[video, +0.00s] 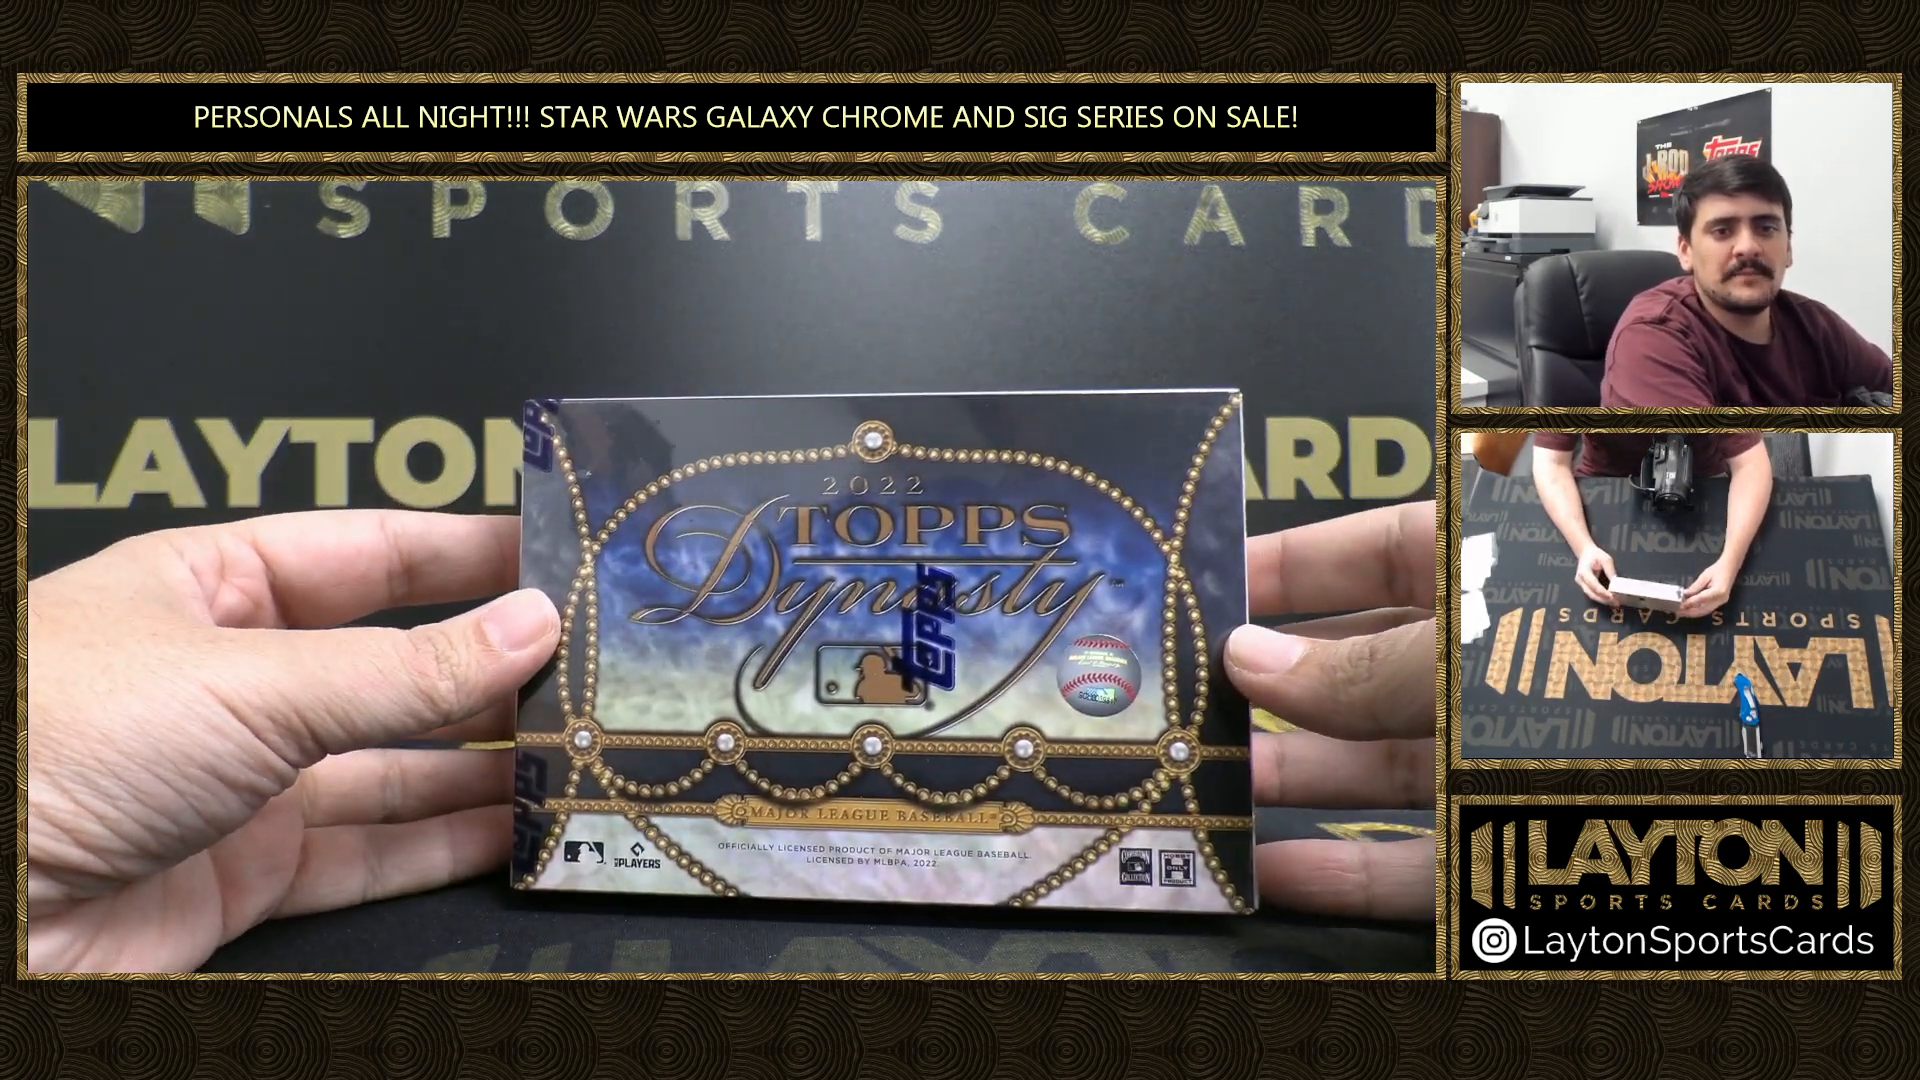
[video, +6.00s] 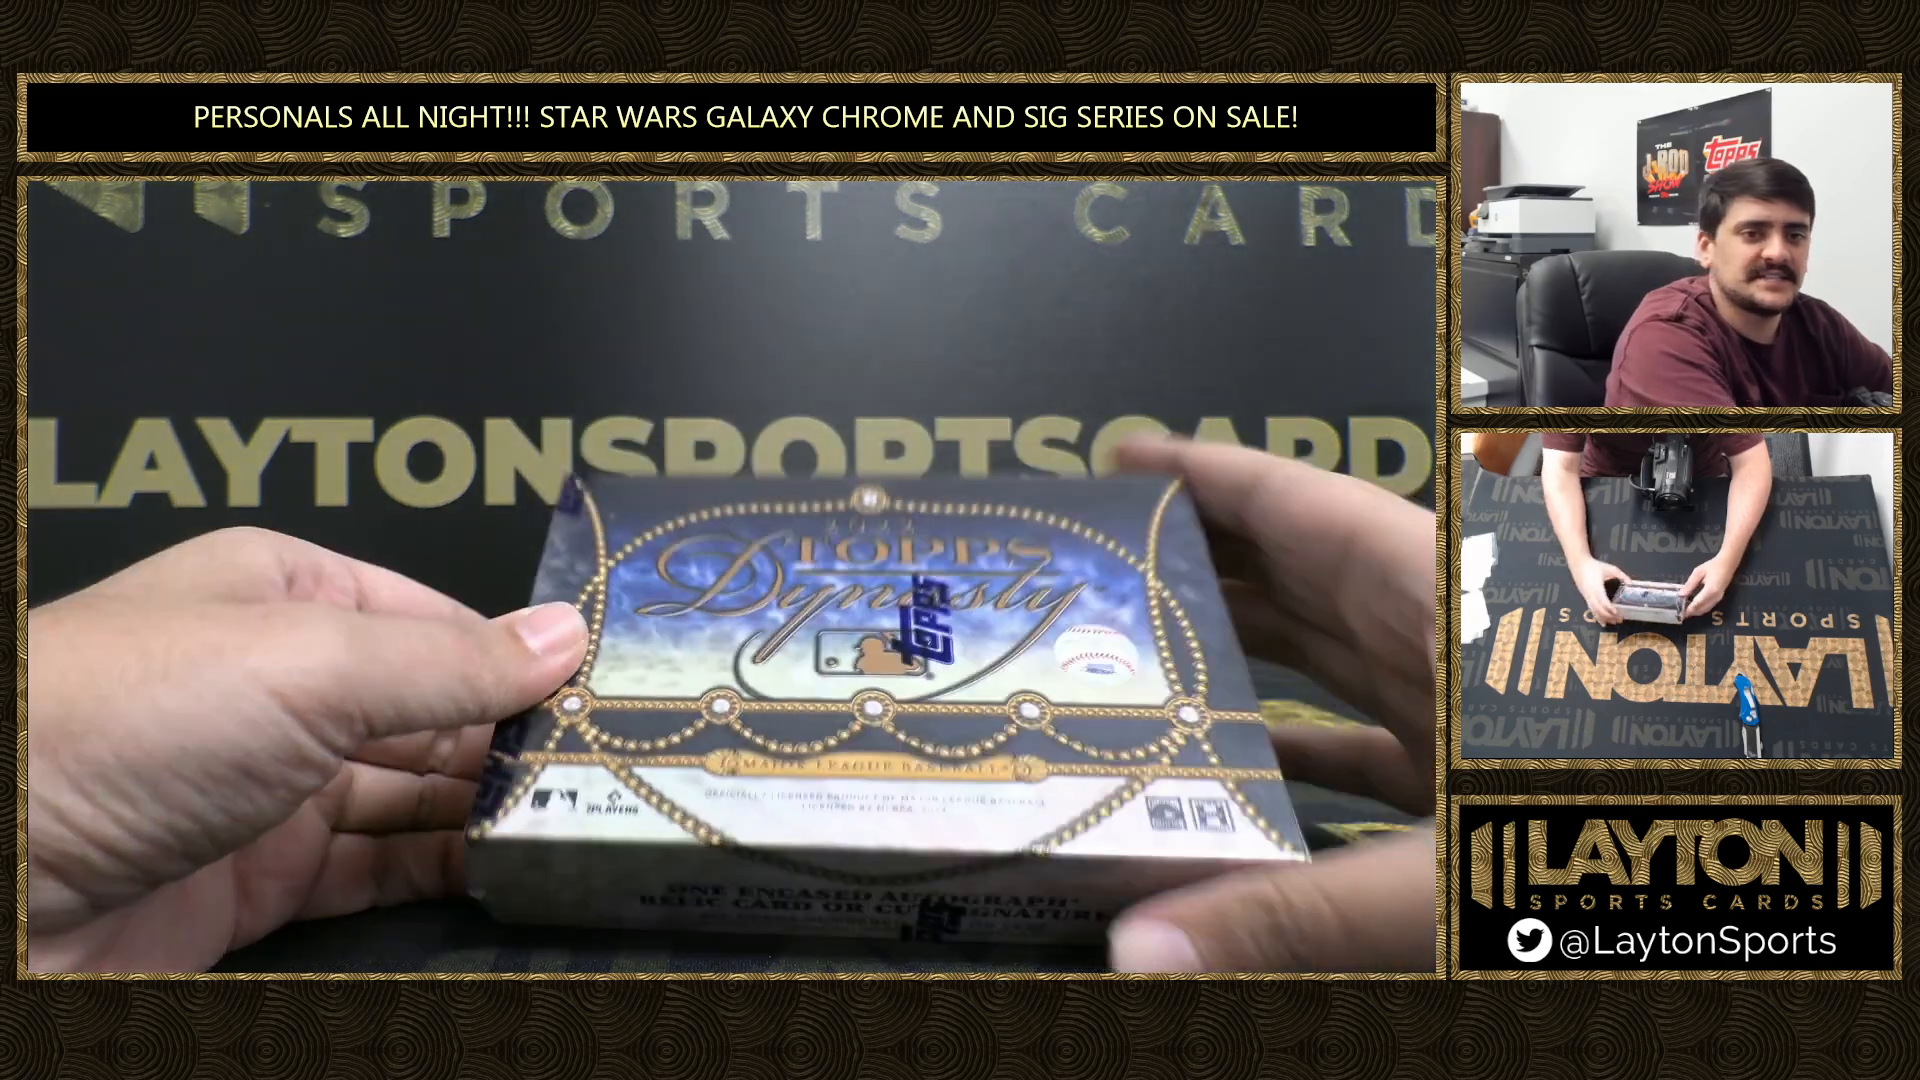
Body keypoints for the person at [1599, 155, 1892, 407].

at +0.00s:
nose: (1747, 247)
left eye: (1765, 228)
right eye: (1723, 231)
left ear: (1788, 248)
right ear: (1685, 251)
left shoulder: (1816, 328)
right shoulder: (1652, 334)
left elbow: (1896, 388)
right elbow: (1746, 461)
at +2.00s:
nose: (1741, 248)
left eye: (1764, 233)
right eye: (1721, 231)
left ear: (1796, 255)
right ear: (1693, 252)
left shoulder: (1818, 328)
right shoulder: (1657, 332)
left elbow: (1896, 388)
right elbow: (1747, 462)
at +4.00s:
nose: (1749, 251)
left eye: (1771, 234)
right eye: (1728, 232)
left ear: (1799, 255)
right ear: (1695, 250)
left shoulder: (1818, 329)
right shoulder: (1656, 332)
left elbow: (1896, 388)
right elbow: (1746, 460)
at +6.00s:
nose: (1777, 253)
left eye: (1794, 235)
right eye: (1753, 234)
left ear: (1808, 248)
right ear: (1706, 248)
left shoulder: (1820, 328)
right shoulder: (1665, 334)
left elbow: (1897, 388)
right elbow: (1748, 459)